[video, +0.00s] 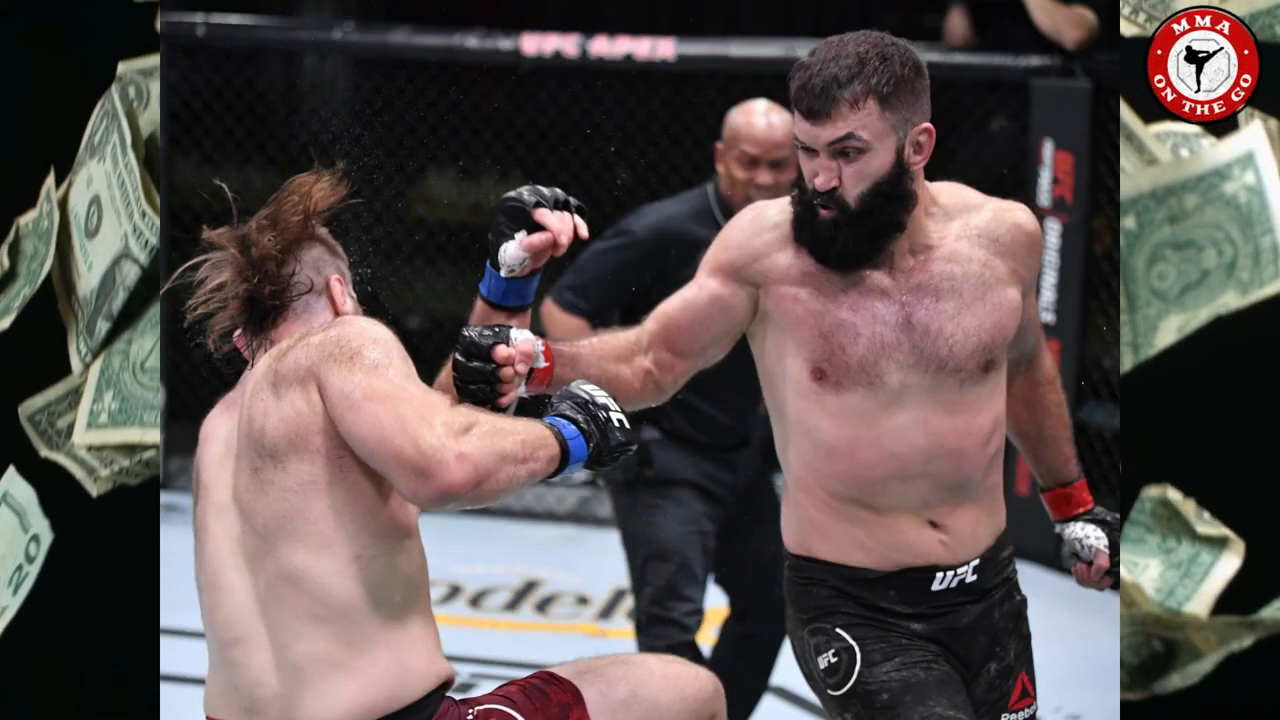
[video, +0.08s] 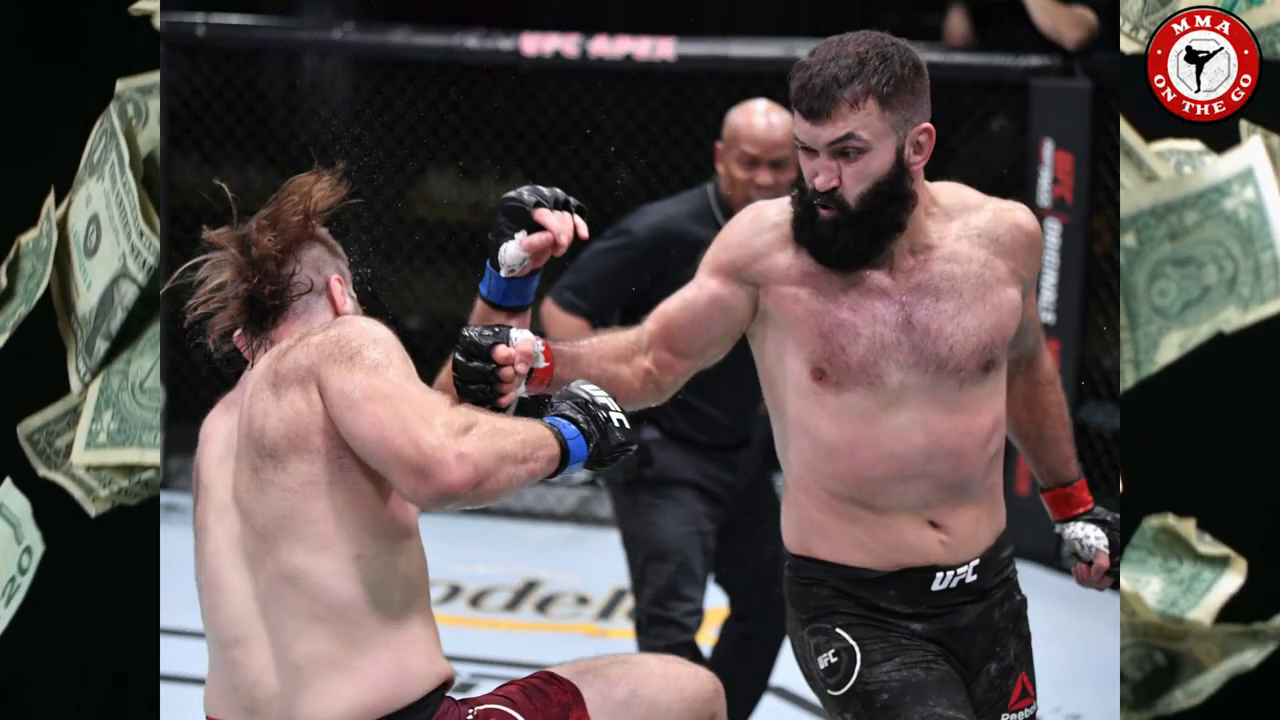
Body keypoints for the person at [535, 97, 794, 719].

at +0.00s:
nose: (767, 181)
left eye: (781, 165)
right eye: (750, 164)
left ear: (799, 162)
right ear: (719, 158)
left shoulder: (804, 238)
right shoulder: (661, 232)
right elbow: (560, 312)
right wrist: (612, 416)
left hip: (750, 460)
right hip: (663, 457)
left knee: (767, 609)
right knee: (671, 615)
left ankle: (720, 719)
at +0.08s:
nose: (767, 180)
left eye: (781, 165)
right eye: (750, 164)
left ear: (799, 162)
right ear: (719, 157)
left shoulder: (803, 239)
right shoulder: (661, 232)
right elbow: (560, 312)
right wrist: (613, 415)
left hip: (749, 460)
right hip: (663, 457)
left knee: (767, 608)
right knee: (671, 615)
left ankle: (720, 719)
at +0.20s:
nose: (767, 180)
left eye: (781, 165)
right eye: (750, 164)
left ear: (799, 162)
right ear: (719, 157)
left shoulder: (803, 239)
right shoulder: (661, 232)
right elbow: (560, 312)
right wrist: (613, 415)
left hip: (749, 460)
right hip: (663, 457)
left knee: (767, 608)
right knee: (671, 615)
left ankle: (720, 719)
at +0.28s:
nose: (766, 180)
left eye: (780, 165)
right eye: (750, 163)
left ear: (799, 163)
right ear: (719, 157)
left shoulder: (803, 238)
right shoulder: (661, 232)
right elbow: (561, 311)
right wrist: (613, 418)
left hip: (749, 460)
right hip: (663, 456)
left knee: (767, 608)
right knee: (671, 614)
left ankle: (721, 718)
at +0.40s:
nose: (766, 180)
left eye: (780, 165)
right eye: (750, 163)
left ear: (799, 163)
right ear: (719, 157)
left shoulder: (803, 238)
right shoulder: (661, 232)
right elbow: (561, 311)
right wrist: (613, 418)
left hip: (749, 460)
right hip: (663, 456)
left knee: (767, 608)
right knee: (671, 614)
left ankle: (721, 718)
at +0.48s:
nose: (767, 180)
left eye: (781, 165)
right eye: (750, 164)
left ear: (799, 162)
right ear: (719, 157)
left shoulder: (803, 239)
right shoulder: (661, 232)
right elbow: (560, 312)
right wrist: (613, 415)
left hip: (749, 460)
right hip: (663, 457)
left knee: (767, 608)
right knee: (671, 615)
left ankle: (720, 719)